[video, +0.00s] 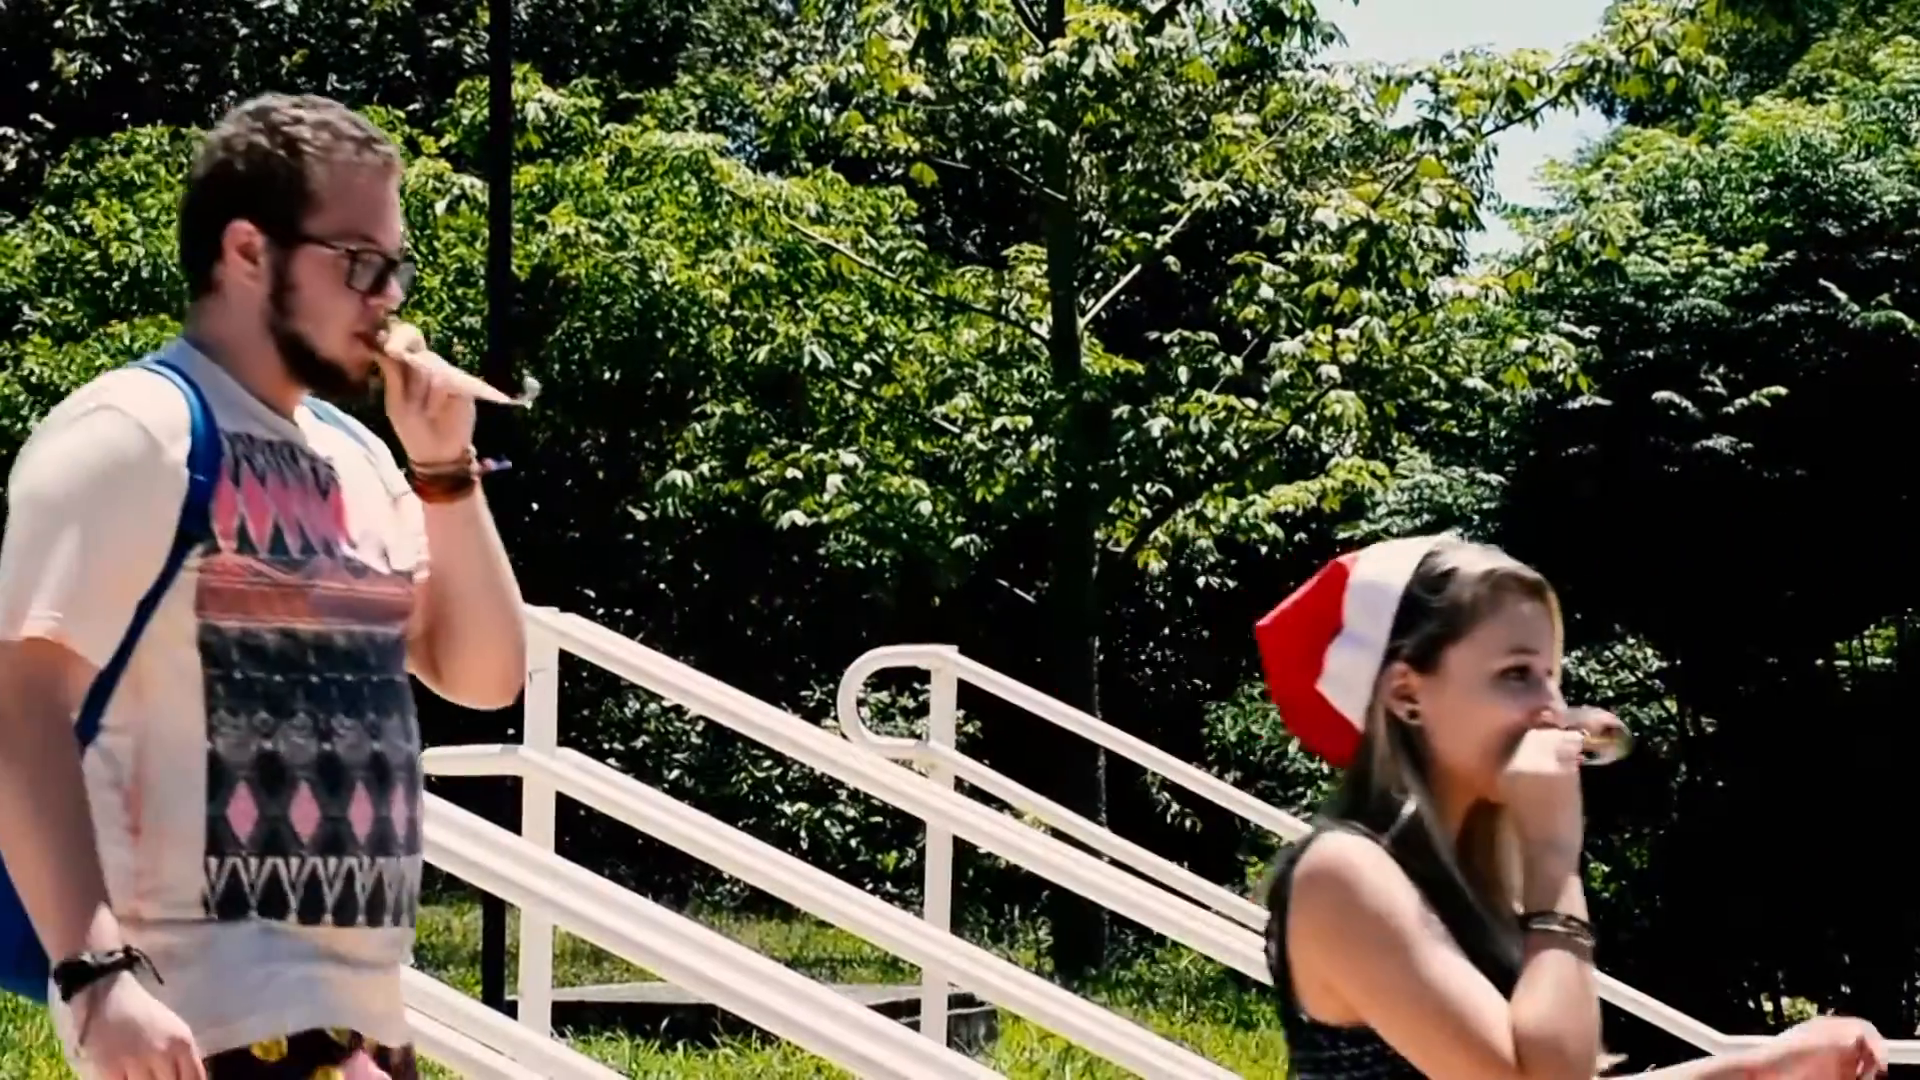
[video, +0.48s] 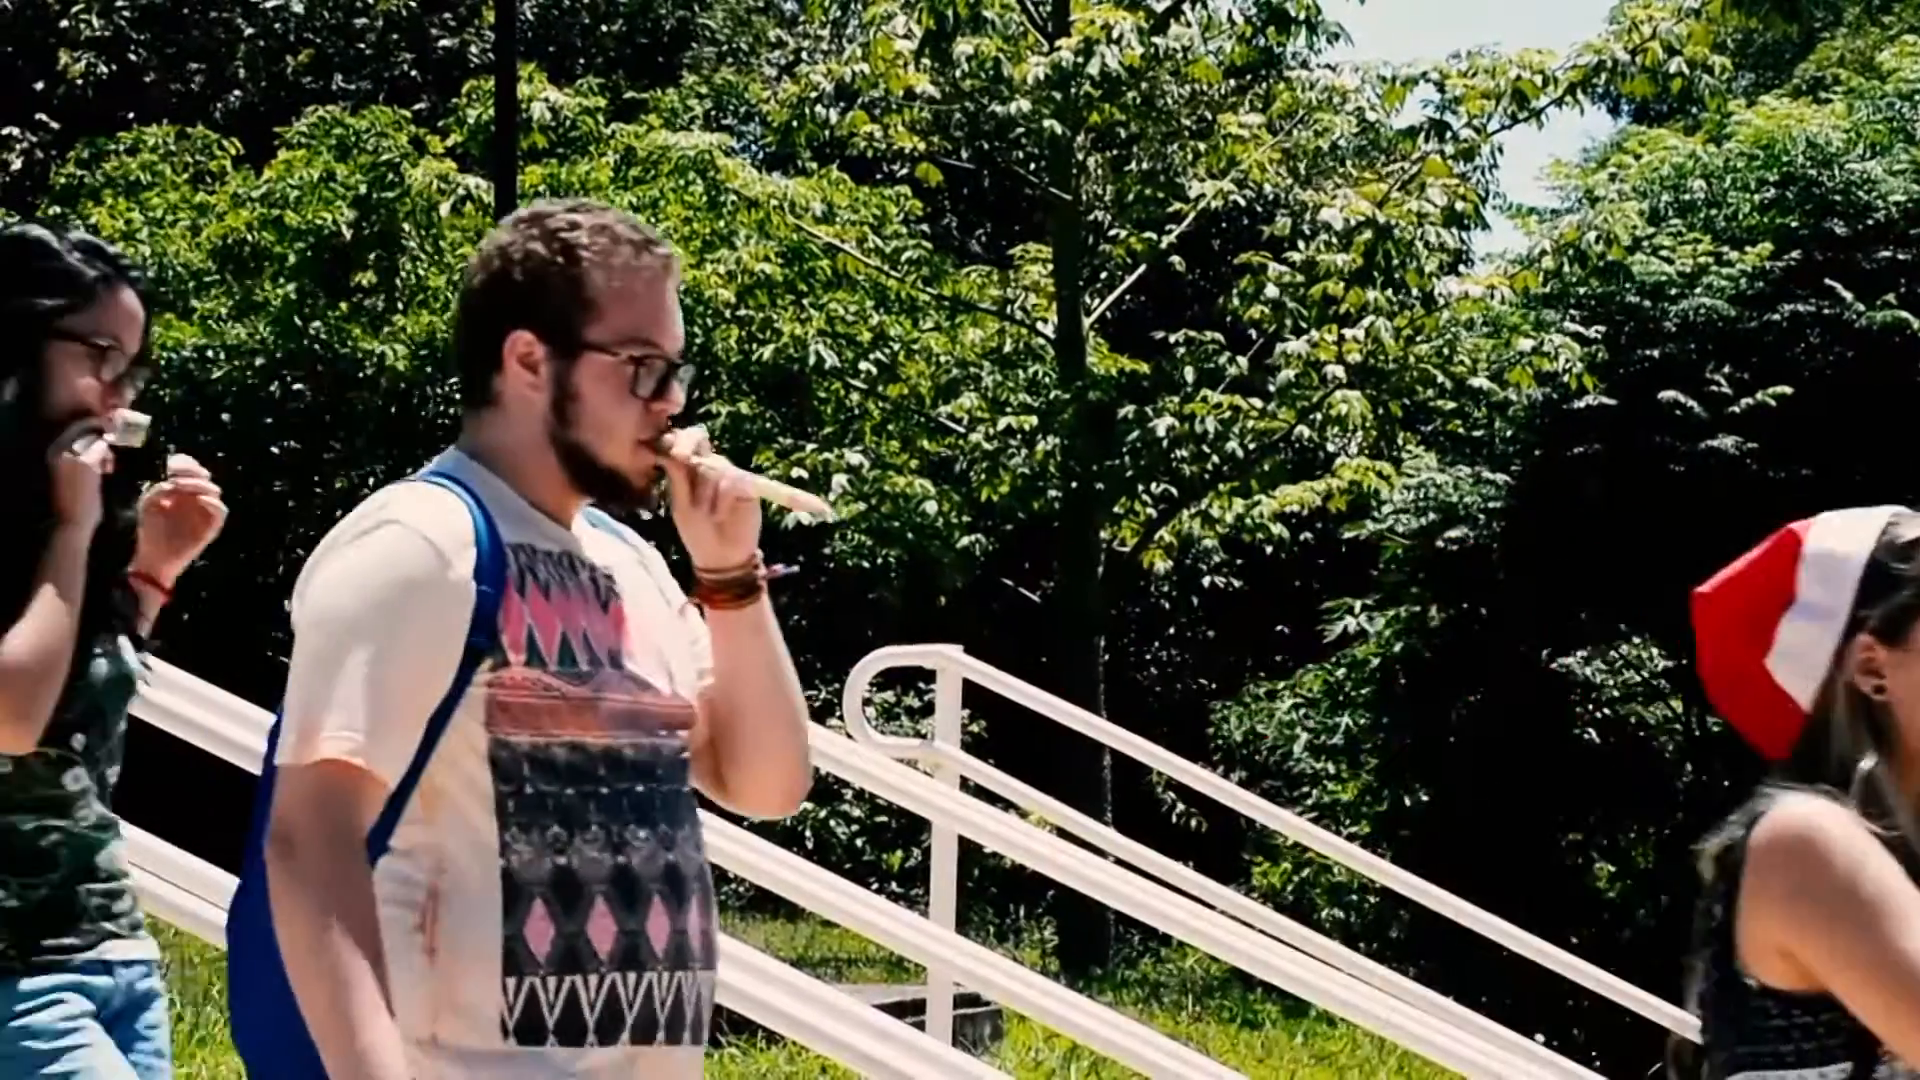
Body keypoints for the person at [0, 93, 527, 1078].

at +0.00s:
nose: (391, 298)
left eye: (395, 267)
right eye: (366, 262)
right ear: (249, 253)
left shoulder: (365, 459)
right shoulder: (125, 437)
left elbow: (483, 679)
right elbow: (25, 706)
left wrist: (447, 468)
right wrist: (94, 975)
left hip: (361, 1002)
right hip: (203, 1013)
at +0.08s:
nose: (447, 343)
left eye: (452, 311)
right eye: (418, 305)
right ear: (303, 294)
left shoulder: (410, 494)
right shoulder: (181, 477)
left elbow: (527, 720)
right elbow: (73, 746)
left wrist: (495, 517)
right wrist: (143, 1017)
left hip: (422, 1038)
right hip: (245, 1043)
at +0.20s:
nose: (515, 409)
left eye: (521, 377)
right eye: (487, 372)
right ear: (374, 366)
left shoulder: (479, 569)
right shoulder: (257, 549)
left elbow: (605, 786)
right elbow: (155, 833)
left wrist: (572, 581)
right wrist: (204, 1064)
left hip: (518, 1049)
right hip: (324, 1053)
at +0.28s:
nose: (567, 429)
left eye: (573, 397)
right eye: (539, 393)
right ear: (423, 385)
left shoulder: (527, 585)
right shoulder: (312, 574)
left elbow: (655, 801)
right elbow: (213, 865)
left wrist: (625, 595)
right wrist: (261, 1067)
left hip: (552, 1053)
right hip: (363, 1057)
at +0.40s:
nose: (630, 412)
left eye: (634, 380)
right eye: (601, 375)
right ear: (485, 371)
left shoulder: (593, 571)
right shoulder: (370, 558)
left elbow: (726, 791)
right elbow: (272, 849)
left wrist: (690, 583)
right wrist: (336, 1066)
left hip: (614, 1052)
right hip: (426, 1054)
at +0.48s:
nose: (675, 404)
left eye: (677, 371)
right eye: (643, 366)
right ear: (528, 362)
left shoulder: (635, 564)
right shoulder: (410, 548)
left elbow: (767, 786)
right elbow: (311, 838)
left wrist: (733, 577)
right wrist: (373, 1067)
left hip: (651, 1052)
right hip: (463, 1054)